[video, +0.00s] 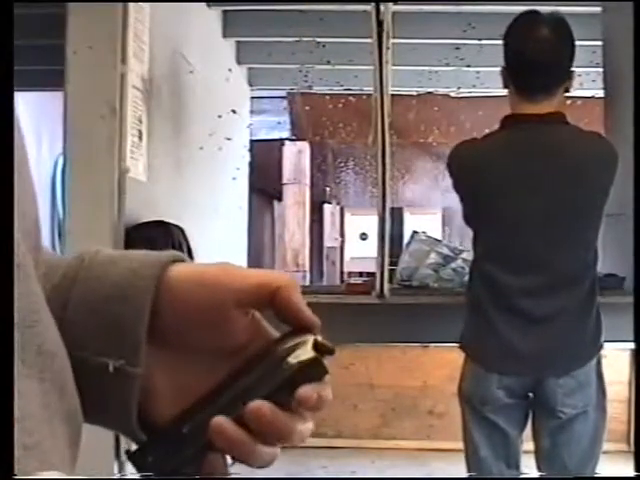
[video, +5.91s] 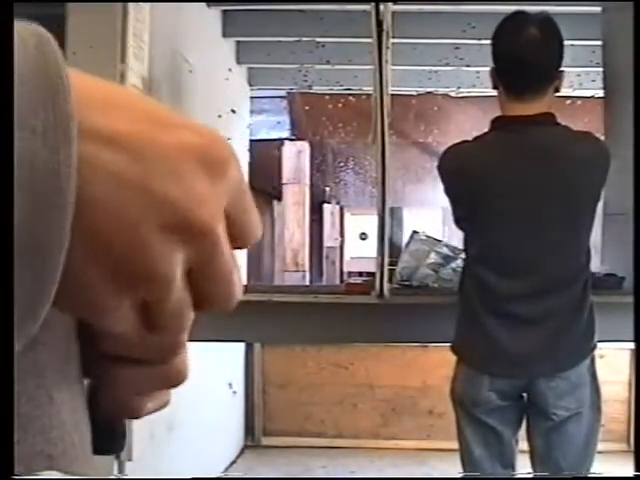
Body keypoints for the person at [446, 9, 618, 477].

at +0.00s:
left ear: (504, 78)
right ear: (570, 81)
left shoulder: (467, 159)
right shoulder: (600, 156)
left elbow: (481, 220)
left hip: (493, 356)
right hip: (571, 358)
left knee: (491, 472)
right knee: (571, 472)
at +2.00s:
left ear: (500, 78)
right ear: (564, 79)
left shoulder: (465, 160)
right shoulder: (596, 155)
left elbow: (482, 219)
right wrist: (551, 113)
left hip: (490, 357)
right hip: (569, 358)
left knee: (489, 472)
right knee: (567, 472)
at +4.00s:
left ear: (497, 79)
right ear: (562, 80)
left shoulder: (461, 161)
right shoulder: (594, 155)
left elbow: (477, 222)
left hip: (488, 359)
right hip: (567, 360)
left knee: (487, 472)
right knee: (567, 472)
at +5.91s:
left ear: (494, 80)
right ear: (560, 80)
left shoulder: (458, 162)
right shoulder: (592, 155)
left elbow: (472, 223)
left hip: (485, 361)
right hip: (565, 361)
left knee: (486, 472)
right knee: (565, 472)